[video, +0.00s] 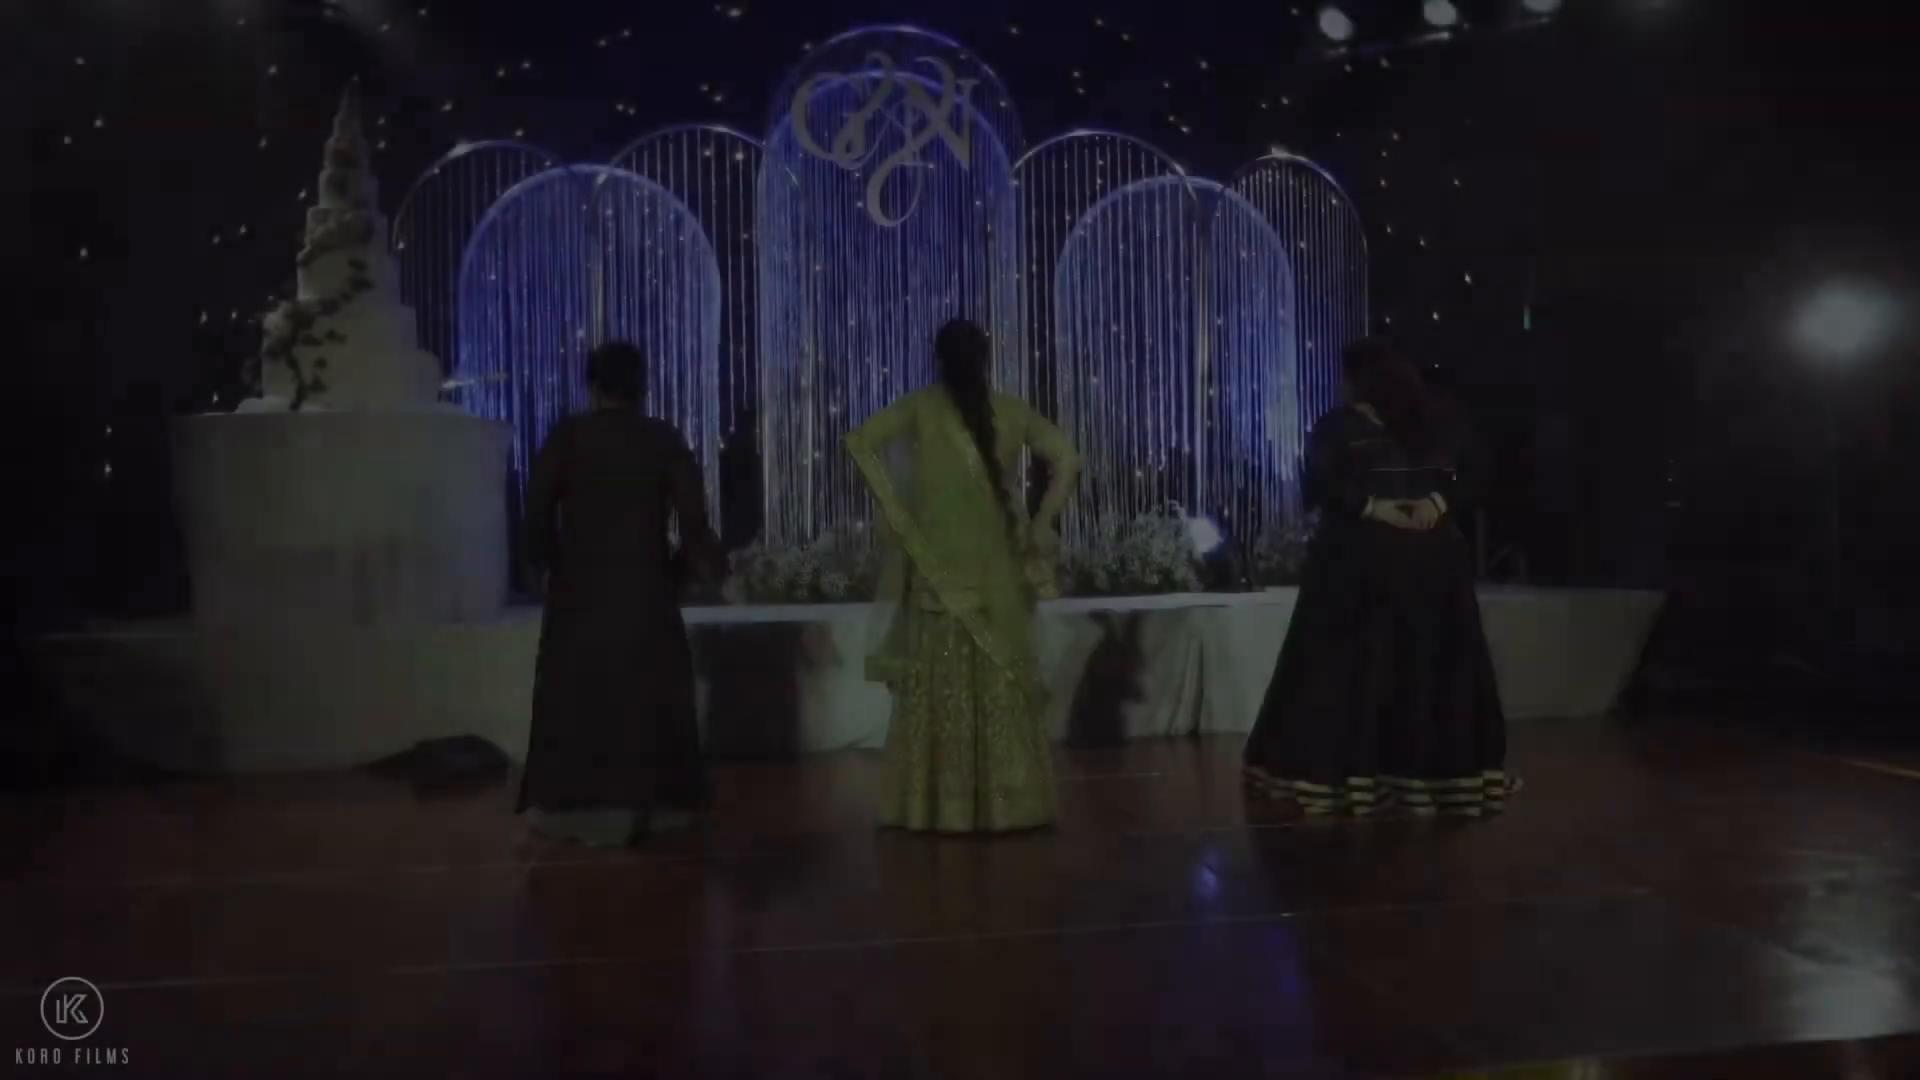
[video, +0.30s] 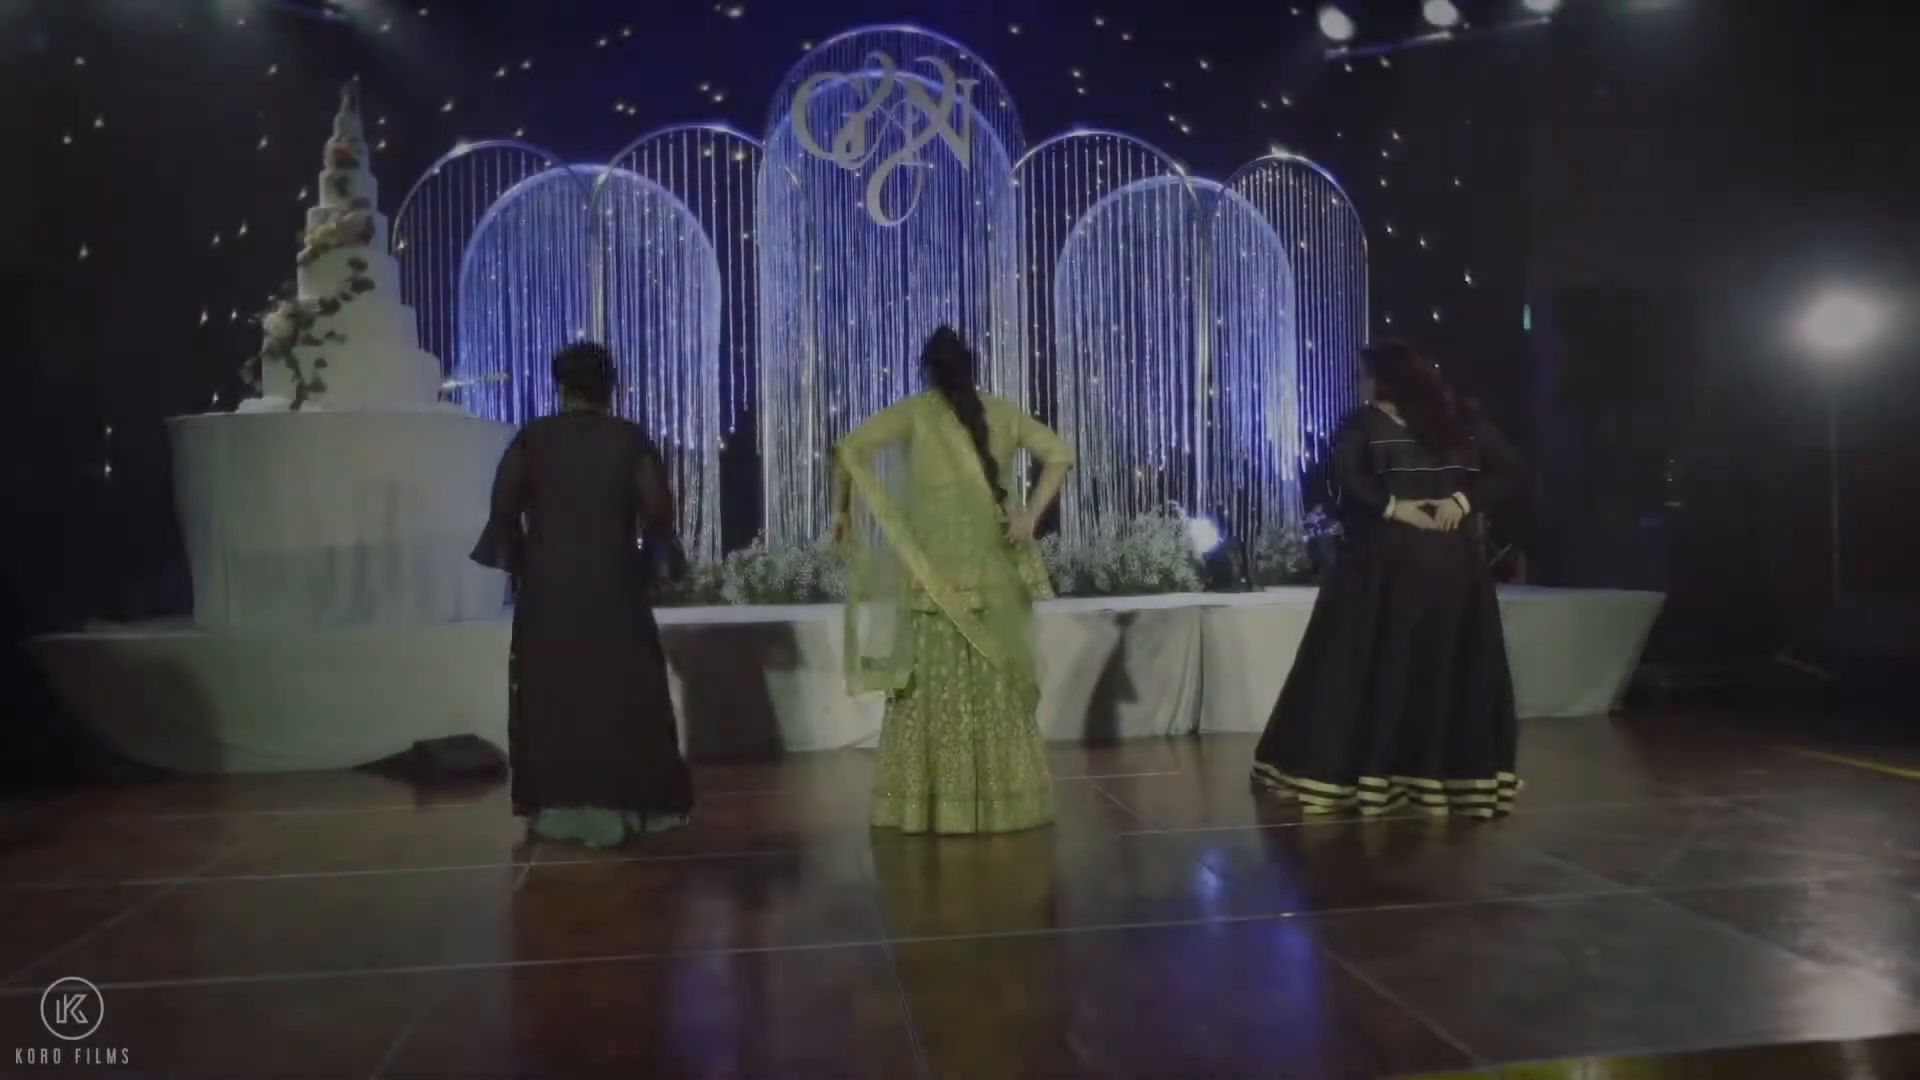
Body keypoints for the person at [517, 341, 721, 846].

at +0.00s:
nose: (612, 394)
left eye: (603, 382)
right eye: (626, 382)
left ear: (592, 385)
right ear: (642, 386)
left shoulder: (565, 437)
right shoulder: (665, 440)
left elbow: (537, 517)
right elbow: (694, 527)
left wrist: (559, 566)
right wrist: (675, 575)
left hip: (580, 593)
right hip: (644, 592)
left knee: (577, 700)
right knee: (650, 697)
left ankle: (571, 809)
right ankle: (651, 807)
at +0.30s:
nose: (586, 395)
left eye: (569, 386)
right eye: (599, 385)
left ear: (560, 387)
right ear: (608, 387)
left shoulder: (531, 438)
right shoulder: (630, 438)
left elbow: (502, 518)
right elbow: (659, 511)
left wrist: (527, 565)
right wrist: (646, 563)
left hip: (550, 590)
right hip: (612, 588)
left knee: (554, 695)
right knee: (621, 693)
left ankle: (556, 807)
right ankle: (624, 803)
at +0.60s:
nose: (555, 394)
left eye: (542, 386)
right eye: (573, 384)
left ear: (536, 391)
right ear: (585, 388)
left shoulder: (511, 437)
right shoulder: (609, 439)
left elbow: (457, 497)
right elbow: (654, 497)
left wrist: (478, 537)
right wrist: (645, 528)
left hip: (528, 588)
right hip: (590, 588)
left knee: (533, 696)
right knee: (595, 694)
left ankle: (540, 808)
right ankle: (600, 806)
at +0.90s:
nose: (558, 395)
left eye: (541, 388)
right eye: (567, 386)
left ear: (529, 390)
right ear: (578, 389)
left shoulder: (504, 434)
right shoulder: (605, 435)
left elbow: (426, 433)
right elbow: (679, 437)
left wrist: (352, 429)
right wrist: (748, 433)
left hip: (524, 590)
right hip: (590, 590)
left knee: (531, 699)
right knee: (592, 698)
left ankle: (536, 813)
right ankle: (591, 814)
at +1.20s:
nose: (563, 395)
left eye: (539, 386)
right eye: (572, 385)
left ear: (530, 389)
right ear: (580, 389)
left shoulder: (505, 431)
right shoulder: (604, 435)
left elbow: (428, 446)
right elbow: (679, 422)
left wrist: (364, 460)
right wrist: (730, 380)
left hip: (524, 585)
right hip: (588, 585)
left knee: (530, 695)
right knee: (591, 694)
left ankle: (534, 809)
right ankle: (594, 811)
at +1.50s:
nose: (583, 395)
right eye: (583, 388)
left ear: (535, 389)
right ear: (583, 390)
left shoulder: (509, 430)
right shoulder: (604, 437)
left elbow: (446, 467)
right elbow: (678, 438)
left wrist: (489, 525)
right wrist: (639, 400)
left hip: (522, 584)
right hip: (584, 583)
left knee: (527, 691)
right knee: (592, 691)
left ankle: (533, 805)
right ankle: (594, 808)